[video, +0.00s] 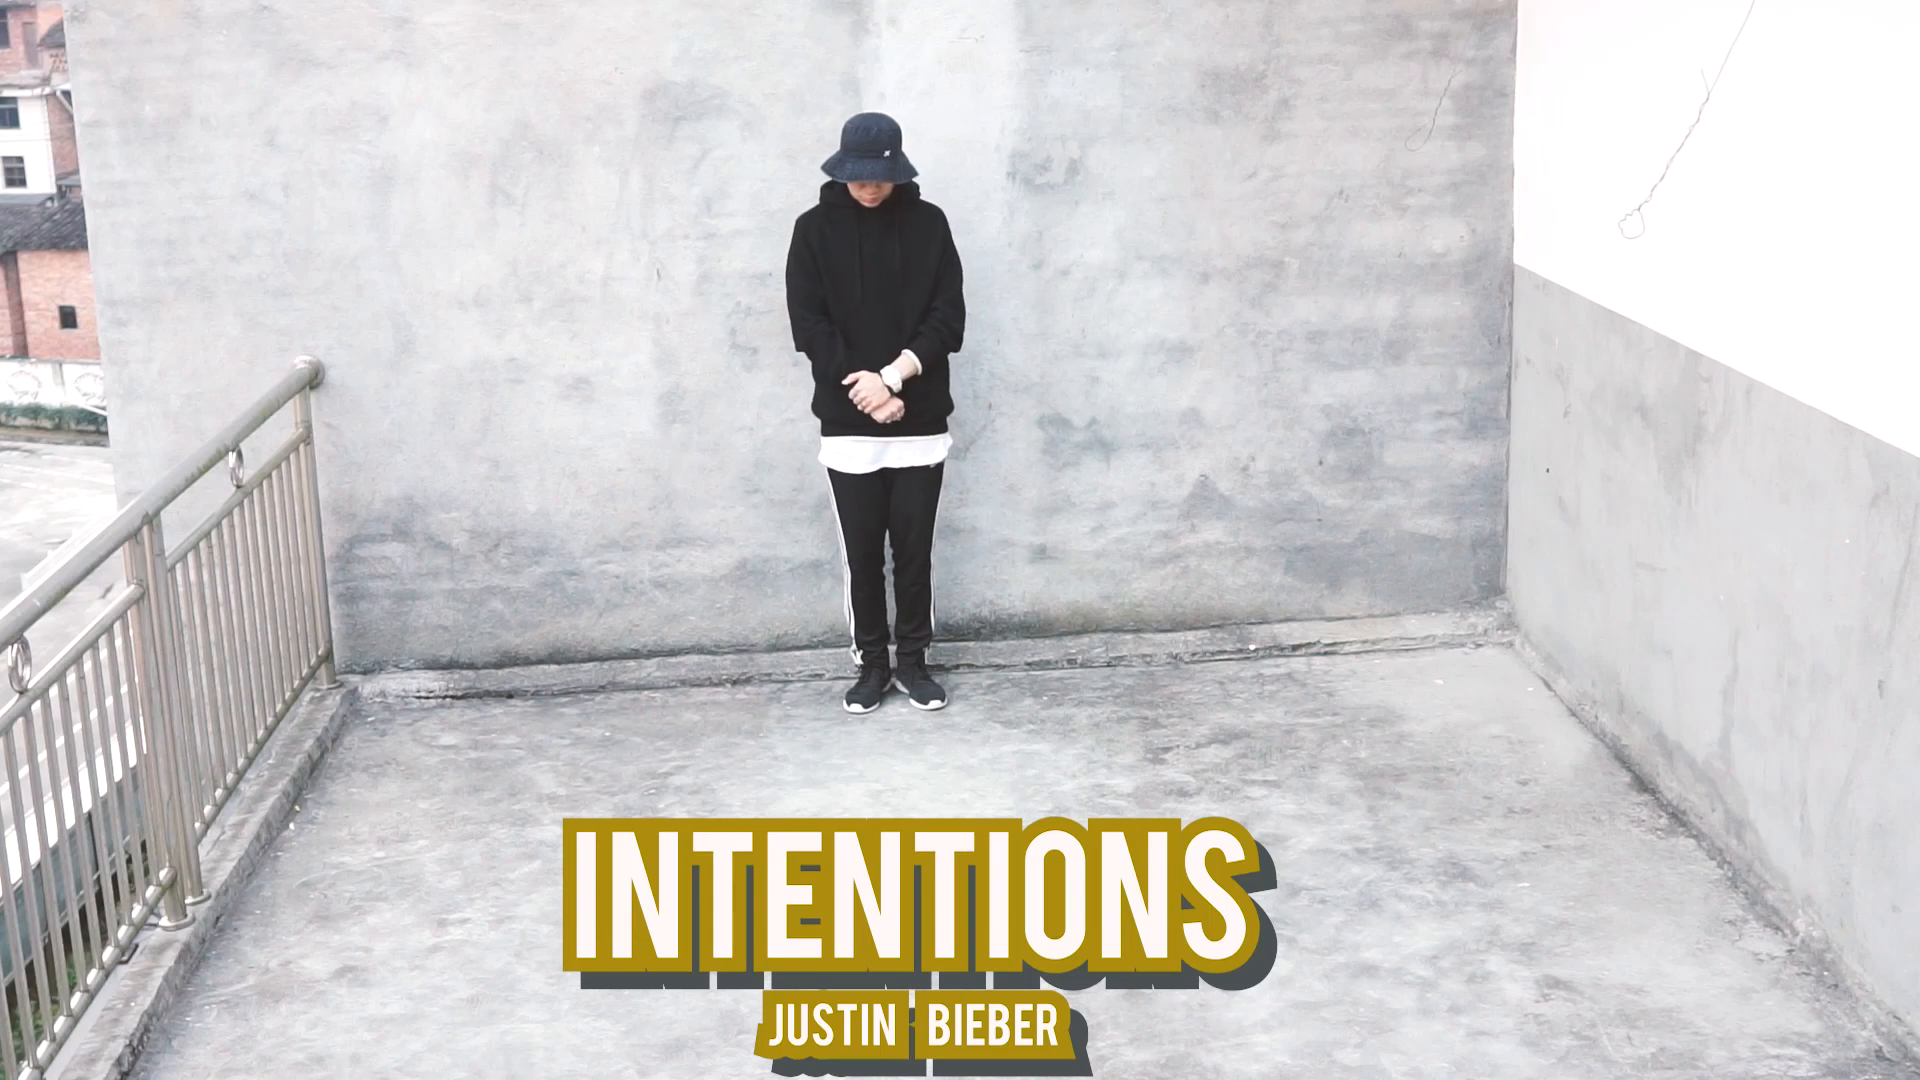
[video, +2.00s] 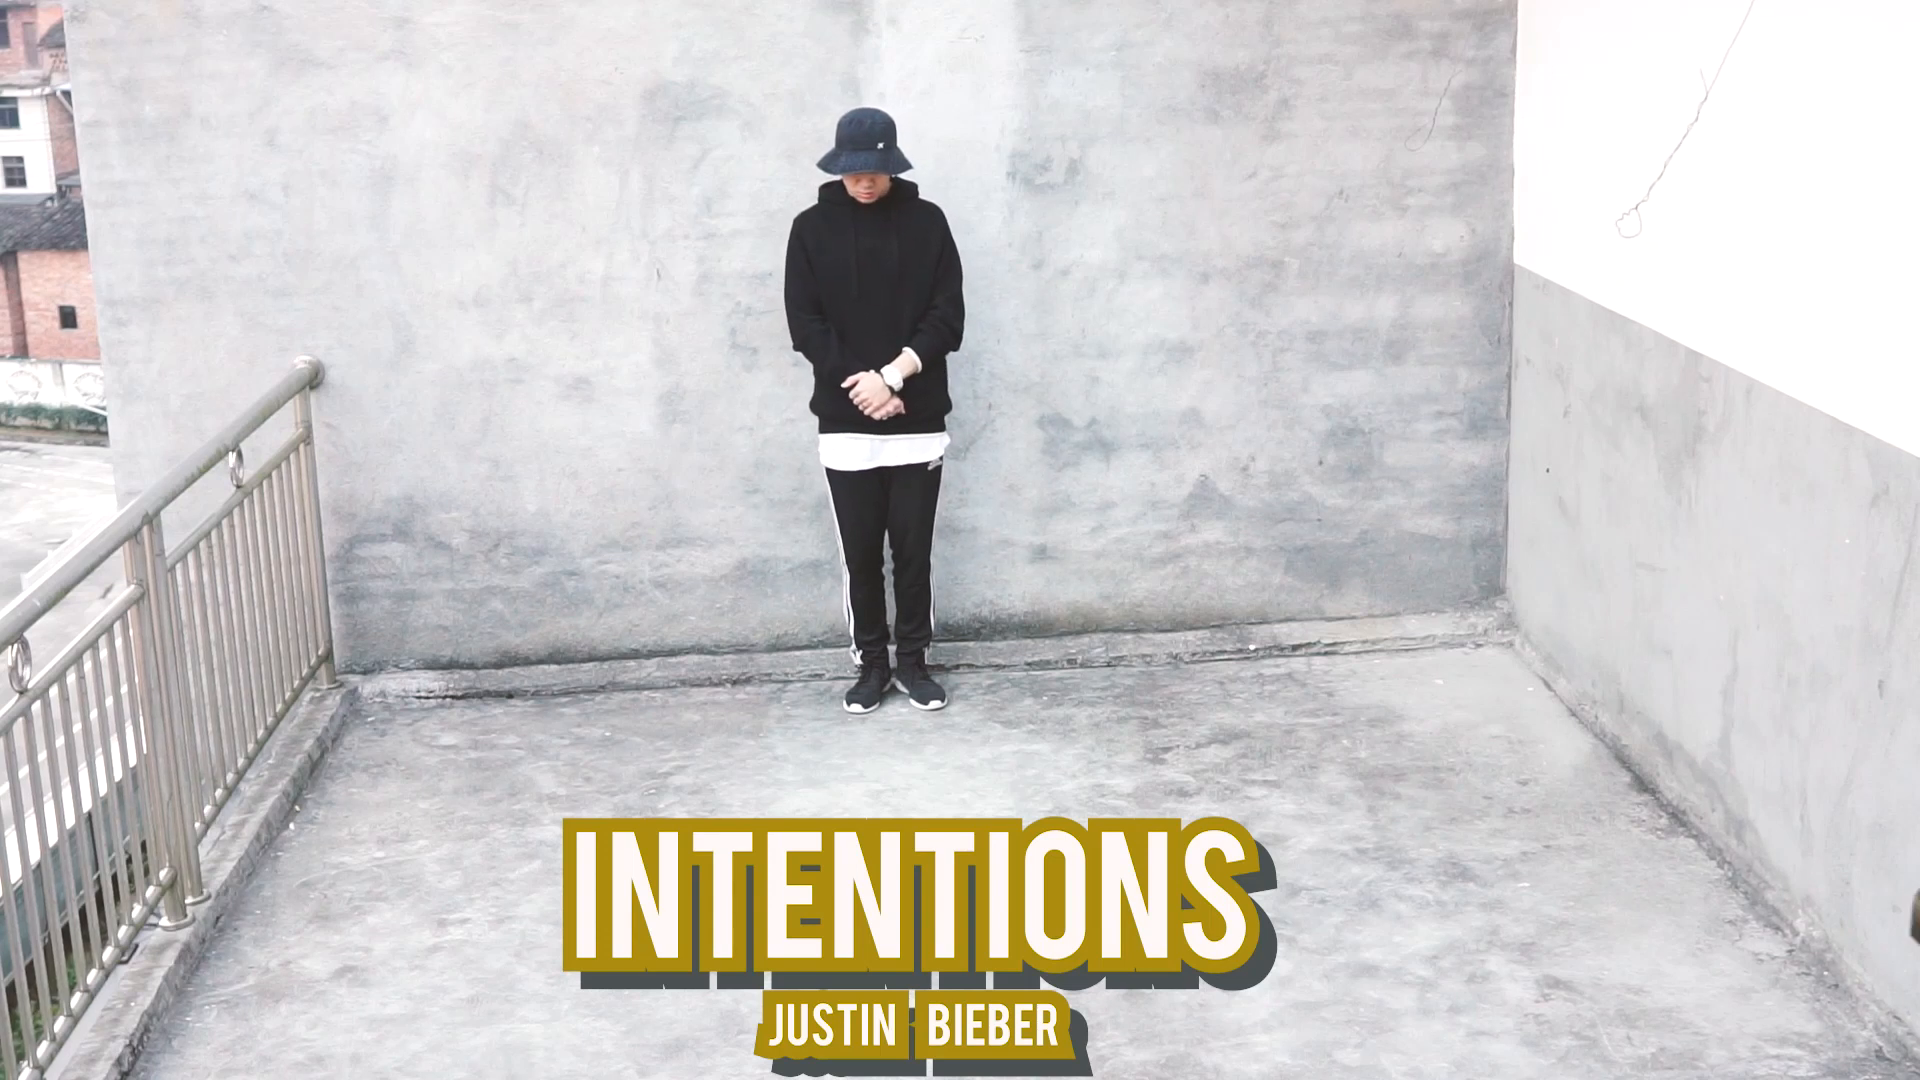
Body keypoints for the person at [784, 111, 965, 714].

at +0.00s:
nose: (870, 187)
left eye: (881, 177)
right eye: (859, 176)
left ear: (898, 172)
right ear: (842, 172)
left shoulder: (928, 222)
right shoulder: (814, 228)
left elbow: (948, 318)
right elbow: (808, 326)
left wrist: (893, 373)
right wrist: (865, 388)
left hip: (921, 417)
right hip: (847, 420)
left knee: (913, 549)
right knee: (862, 551)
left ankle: (913, 663)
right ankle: (873, 666)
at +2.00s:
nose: (863, 182)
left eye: (874, 171)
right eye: (852, 172)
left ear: (893, 167)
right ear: (837, 169)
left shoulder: (926, 220)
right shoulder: (813, 226)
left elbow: (948, 316)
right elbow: (804, 323)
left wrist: (893, 372)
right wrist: (861, 385)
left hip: (918, 414)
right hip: (844, 416)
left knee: (912, 549)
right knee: (861, 552)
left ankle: (913, 663)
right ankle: (872, 666)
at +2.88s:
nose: (870, 181)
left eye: (881, 170)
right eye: (859, 170)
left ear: (900, 167)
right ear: (844, 168)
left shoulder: (931, 221)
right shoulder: (818, 226)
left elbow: (952, 317)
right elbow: (810, 323)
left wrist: (897, 373)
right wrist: (865, 386)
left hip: (922, 415)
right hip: (847, 417)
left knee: (914, 550)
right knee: (863, 553)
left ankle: (913, 664)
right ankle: (872, 667)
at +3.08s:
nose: (870, 181)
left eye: (881, 170)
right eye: (860, 170)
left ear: (900, 167)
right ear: (844, 168)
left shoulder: (932, 221)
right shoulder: (818, 226)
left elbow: (952, 317)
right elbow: (810, 323)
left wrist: (897, 373)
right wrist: (866, 386)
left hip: (922, 415)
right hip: (847, 418)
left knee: (914, 551)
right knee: (863, 554)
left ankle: (913, 664)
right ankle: (872, 667)